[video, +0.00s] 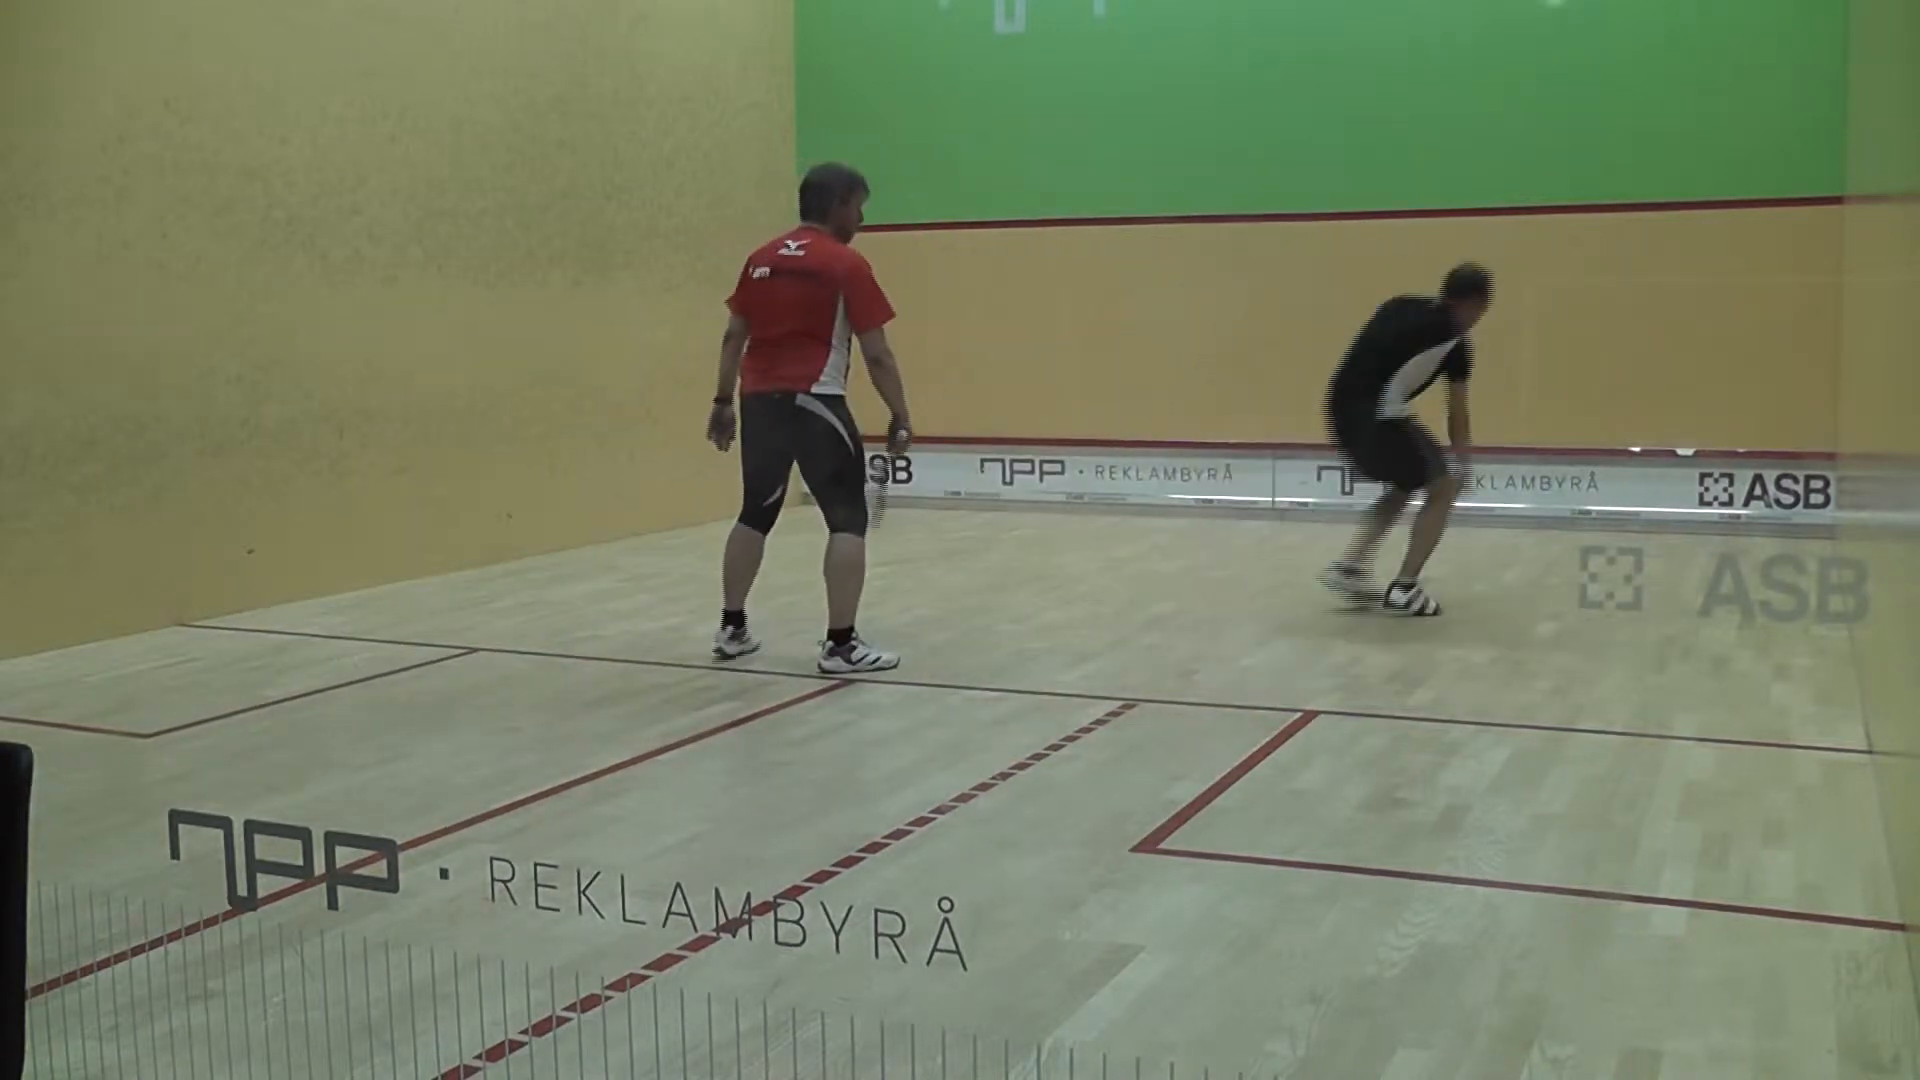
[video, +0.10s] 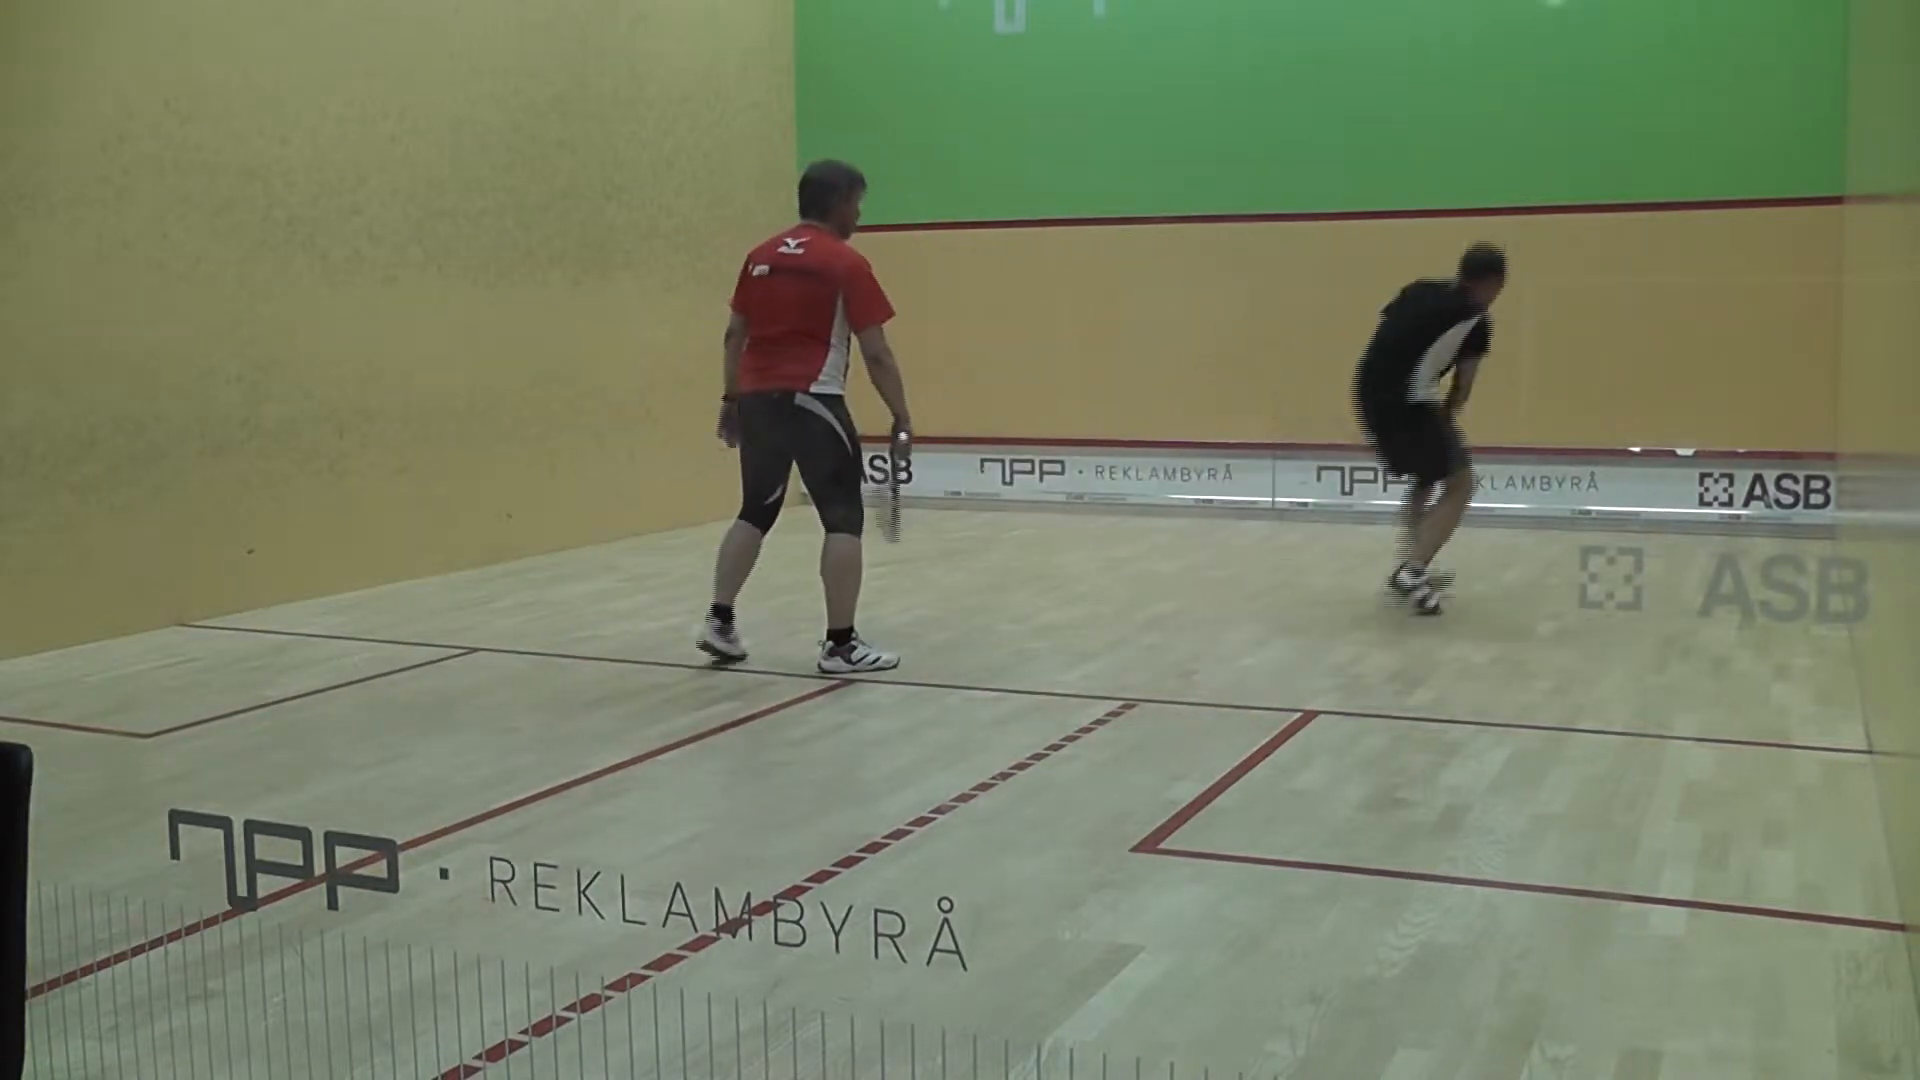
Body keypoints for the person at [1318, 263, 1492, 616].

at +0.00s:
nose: (1482, 313)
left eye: (1484, 305)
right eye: (1481, 305)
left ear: (1447, 294)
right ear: (1464, 302)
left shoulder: (1402, 307)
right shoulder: (1455, 345)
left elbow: (1361, 363)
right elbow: (1457, 410)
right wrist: (1464, 464)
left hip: (1346, 415)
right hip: (1383, 422)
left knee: (1405, 484)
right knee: (1444, 486)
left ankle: (1351, 566)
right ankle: (1405, 586)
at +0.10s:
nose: (1497, 292)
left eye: (1498, 284)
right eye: (1497, 285)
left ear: (1464, 274)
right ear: (1489, 283)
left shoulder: (1420, 291)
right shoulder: (1476, 323)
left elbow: (1384, 333)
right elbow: (1461, 388)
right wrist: (1446, 418)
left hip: (1374, 396)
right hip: (1413, 404)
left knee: (1423, 478)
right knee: (1460, 487)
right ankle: (1413, 570)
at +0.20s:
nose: (1507, 261)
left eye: (1507, 253)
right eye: (1507, 254)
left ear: (1470, 248)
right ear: (1500, 253)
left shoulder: (1432, 277)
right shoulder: (1502, 296)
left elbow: (1397, 338)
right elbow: (1485, 357)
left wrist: (1425, 361)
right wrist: (1458, 380)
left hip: (1416, 392)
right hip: (1460, 396)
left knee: (1458, 483)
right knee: (1496, 485)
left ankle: (1471, 570)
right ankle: (1444, 548)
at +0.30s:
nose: (1510, 252)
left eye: (1506, 245)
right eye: (1510, 246)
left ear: (1475, 244)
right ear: (1507, 245)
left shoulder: (1444, 279)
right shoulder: (1516, 287)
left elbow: (1422, 343)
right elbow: (1509, 349)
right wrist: (1492, 378)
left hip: (1443, 398)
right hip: (1487, 398)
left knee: (1476, 476)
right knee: (1517, 479)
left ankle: (1477, 567)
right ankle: (1477, 540)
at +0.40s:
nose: (1521, 231)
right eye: (1522, 223)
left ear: (1490, 225)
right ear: (1525, 225)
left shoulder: (1466, 267)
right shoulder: (1539, 270)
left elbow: (1451, 330)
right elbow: (1543, 339)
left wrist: (1479, 349)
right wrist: (1511, 358)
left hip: (1473, 384)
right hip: (1519, 384)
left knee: (1487, 473)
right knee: (1540, 463)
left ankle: (1475, 566)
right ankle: (1532, 553)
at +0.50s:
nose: (1536, 223)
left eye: (1519, 216)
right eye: (1537, 216)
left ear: (1504, 218)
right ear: (1540, 218)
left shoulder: (1481, 261)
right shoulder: (1554, 262)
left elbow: (1466, 323)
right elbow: (1569, 323)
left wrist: (1483, 353)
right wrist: (1562, 366)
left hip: (1491, 379)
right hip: (1538, 378)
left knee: (1495, 470)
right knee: (1557, 467)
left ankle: (1476, 559)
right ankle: (1564, 556)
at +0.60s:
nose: (1556, 227)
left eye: (1542, 219)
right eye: (1559, 220)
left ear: (1526, 223)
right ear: (1560, 222)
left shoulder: (1504, 268)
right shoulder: (1576, 269)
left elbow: (1486, 331)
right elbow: (1601, 324)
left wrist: (1504, 365)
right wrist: (1618, 370)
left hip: (1517, 386)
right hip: (1565, 386)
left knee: (1509, 472)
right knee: (1582, 471)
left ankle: (1481, 554)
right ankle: (1590, 558)